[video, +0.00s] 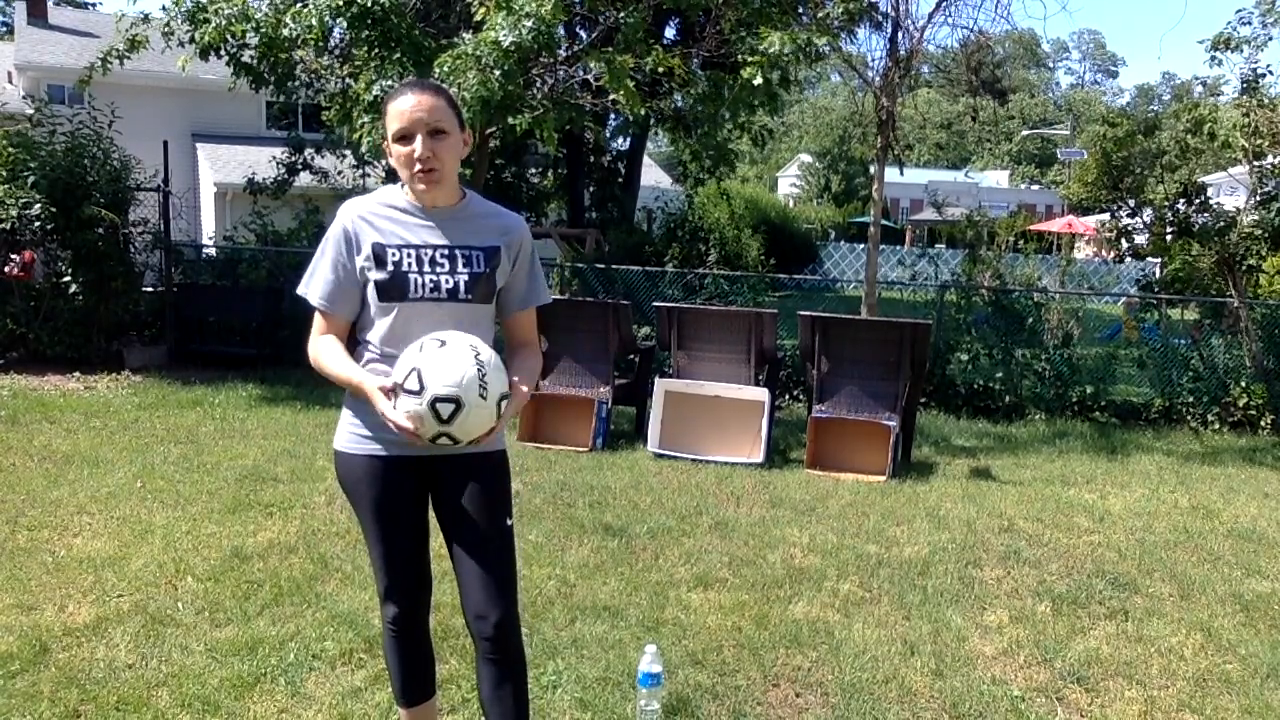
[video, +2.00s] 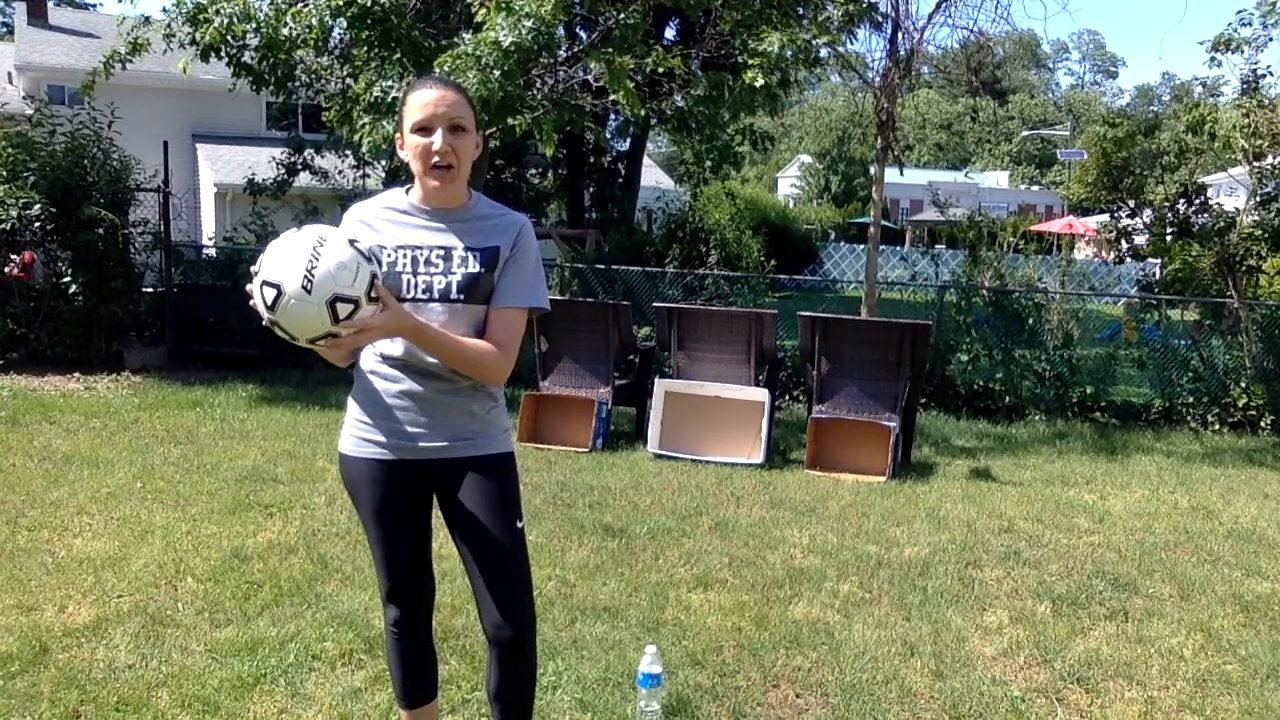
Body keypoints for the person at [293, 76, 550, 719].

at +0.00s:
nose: (422, 148)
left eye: (437, 133)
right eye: (405, 136)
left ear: (464, 141)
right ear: (388, 150)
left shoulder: (505, 230)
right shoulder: (357, 223)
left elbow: (524, 340)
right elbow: (322, 342)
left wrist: (519, 386)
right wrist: (366, 384)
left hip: (474, 448)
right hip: (378, 448)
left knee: (495, 621)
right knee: (403, 610)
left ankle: (510, 718)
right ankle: (419, 714)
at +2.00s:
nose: (441, 143)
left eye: (456, 128)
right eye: (424, 130)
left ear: (477, 142)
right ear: (401, 144)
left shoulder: (510, 231)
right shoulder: (363, 221)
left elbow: (497, 365)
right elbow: (342, 352)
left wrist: (402, 324)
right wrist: (290, 307)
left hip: (474, 442)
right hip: (380, 440)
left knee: (511, 624)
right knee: (405, 610)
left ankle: (511, 718)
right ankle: (420, 714)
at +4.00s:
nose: (401, 144)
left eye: (416, 130)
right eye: (384, 130)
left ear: (438, 142)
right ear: (361, 145)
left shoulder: (482, 223)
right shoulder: (335, 229)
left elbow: (528, 340)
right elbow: (299, 356)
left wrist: (506, 344)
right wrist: (356, 333)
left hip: (472, 439)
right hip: (377, 440)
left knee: (497, 618)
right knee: (402, 610)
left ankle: (506, 718)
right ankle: (419, 715)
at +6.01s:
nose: (420, 143)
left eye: (434, 130)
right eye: (403, 132)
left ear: (457, 145)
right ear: (382, 152)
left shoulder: (493, 233)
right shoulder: (350, 226)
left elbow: (534, 363)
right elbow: (288, 352)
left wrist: (497, 332)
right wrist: (320, 308)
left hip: (467, 440)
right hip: (374, 440)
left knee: (489, 621)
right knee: (399, 610)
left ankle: (502, 719)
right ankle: (418, 716)